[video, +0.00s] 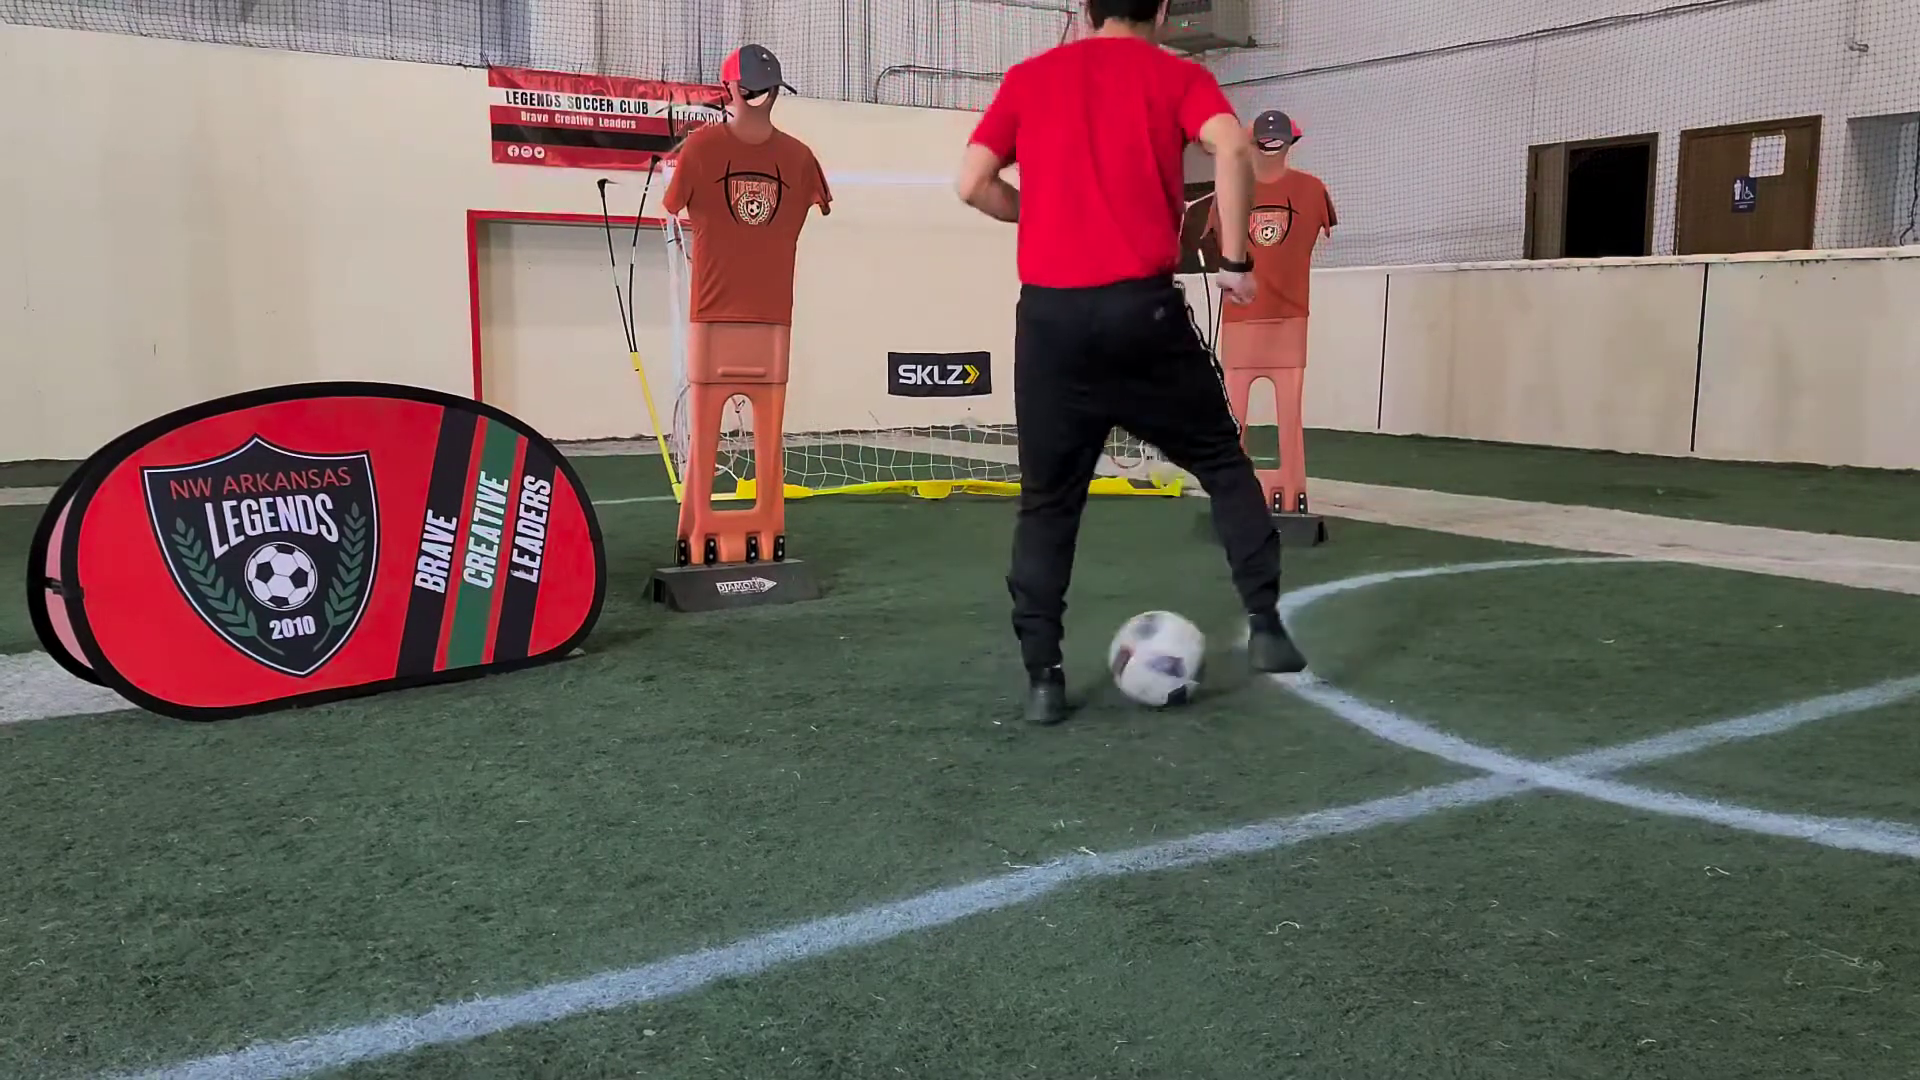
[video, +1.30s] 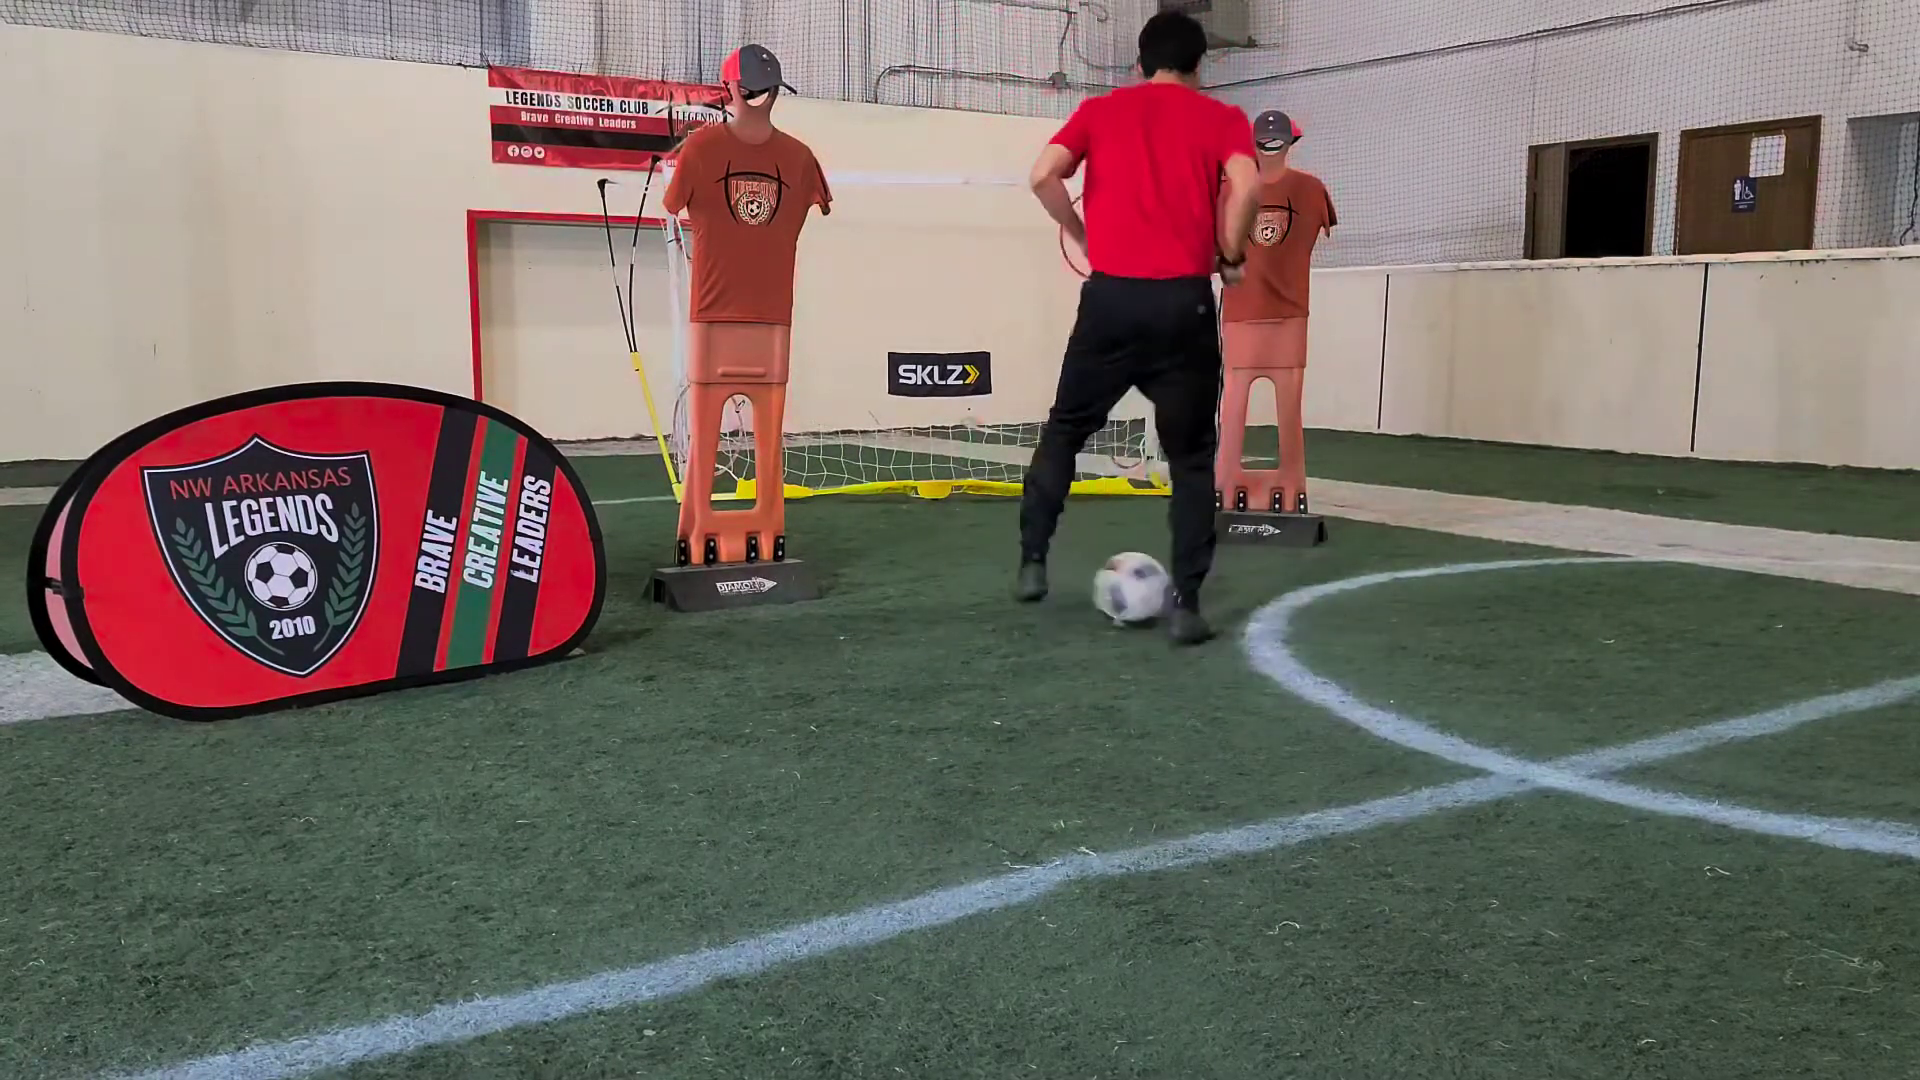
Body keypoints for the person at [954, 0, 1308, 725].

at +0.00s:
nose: (1167, 21)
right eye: (1167, 13)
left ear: (1086, 10)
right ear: (1160, 11)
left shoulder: (1029, 75)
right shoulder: (1177, 73)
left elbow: (973, 183)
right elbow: (1232, 145)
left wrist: (1040, 216)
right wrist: (1231, 250)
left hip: (1048, 314)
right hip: (1143, 308)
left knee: (1048, 494)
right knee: (1222, 462)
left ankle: (1044, 676)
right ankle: (1266, 623)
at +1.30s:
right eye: (1200, 65)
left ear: (1140, 64)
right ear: (1198, 66)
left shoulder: (1101, 109)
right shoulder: (1223, 118)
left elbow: (1044, 176)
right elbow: (1246, 185)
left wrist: (1070, 229)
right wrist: (1232, 253)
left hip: (1108, 303)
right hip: (1184, 307)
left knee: (1065, 430)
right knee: (1191, 454)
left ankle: (1032, 560)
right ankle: (1185, 604)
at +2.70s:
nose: (1225, 106)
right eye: (1230, 99)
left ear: (1178, 99)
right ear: (1227, 100)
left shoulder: (1147, 137)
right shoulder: (1248, 143)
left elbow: (1104, 195)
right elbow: (1284, 214)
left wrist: (1128, 243)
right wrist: (1267, 241)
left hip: (1161, 301)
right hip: (1223, 300)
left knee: (1144, 413)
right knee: (1246, 413)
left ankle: (1131, 531)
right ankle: (1244, 529)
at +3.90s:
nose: (1295, 122)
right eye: (1295, 115)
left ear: (1245, 113)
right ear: (1290, 116)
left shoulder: (1208, 158)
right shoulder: (1304, 165)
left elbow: (1163, 223)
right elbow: (1326, 230)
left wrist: (1188, 266)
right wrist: (1313, 287)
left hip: (1207, 309)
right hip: (1261, 313)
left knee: (1212, 381)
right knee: (1256, 427)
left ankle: (1187, 486)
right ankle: (1240, 544)